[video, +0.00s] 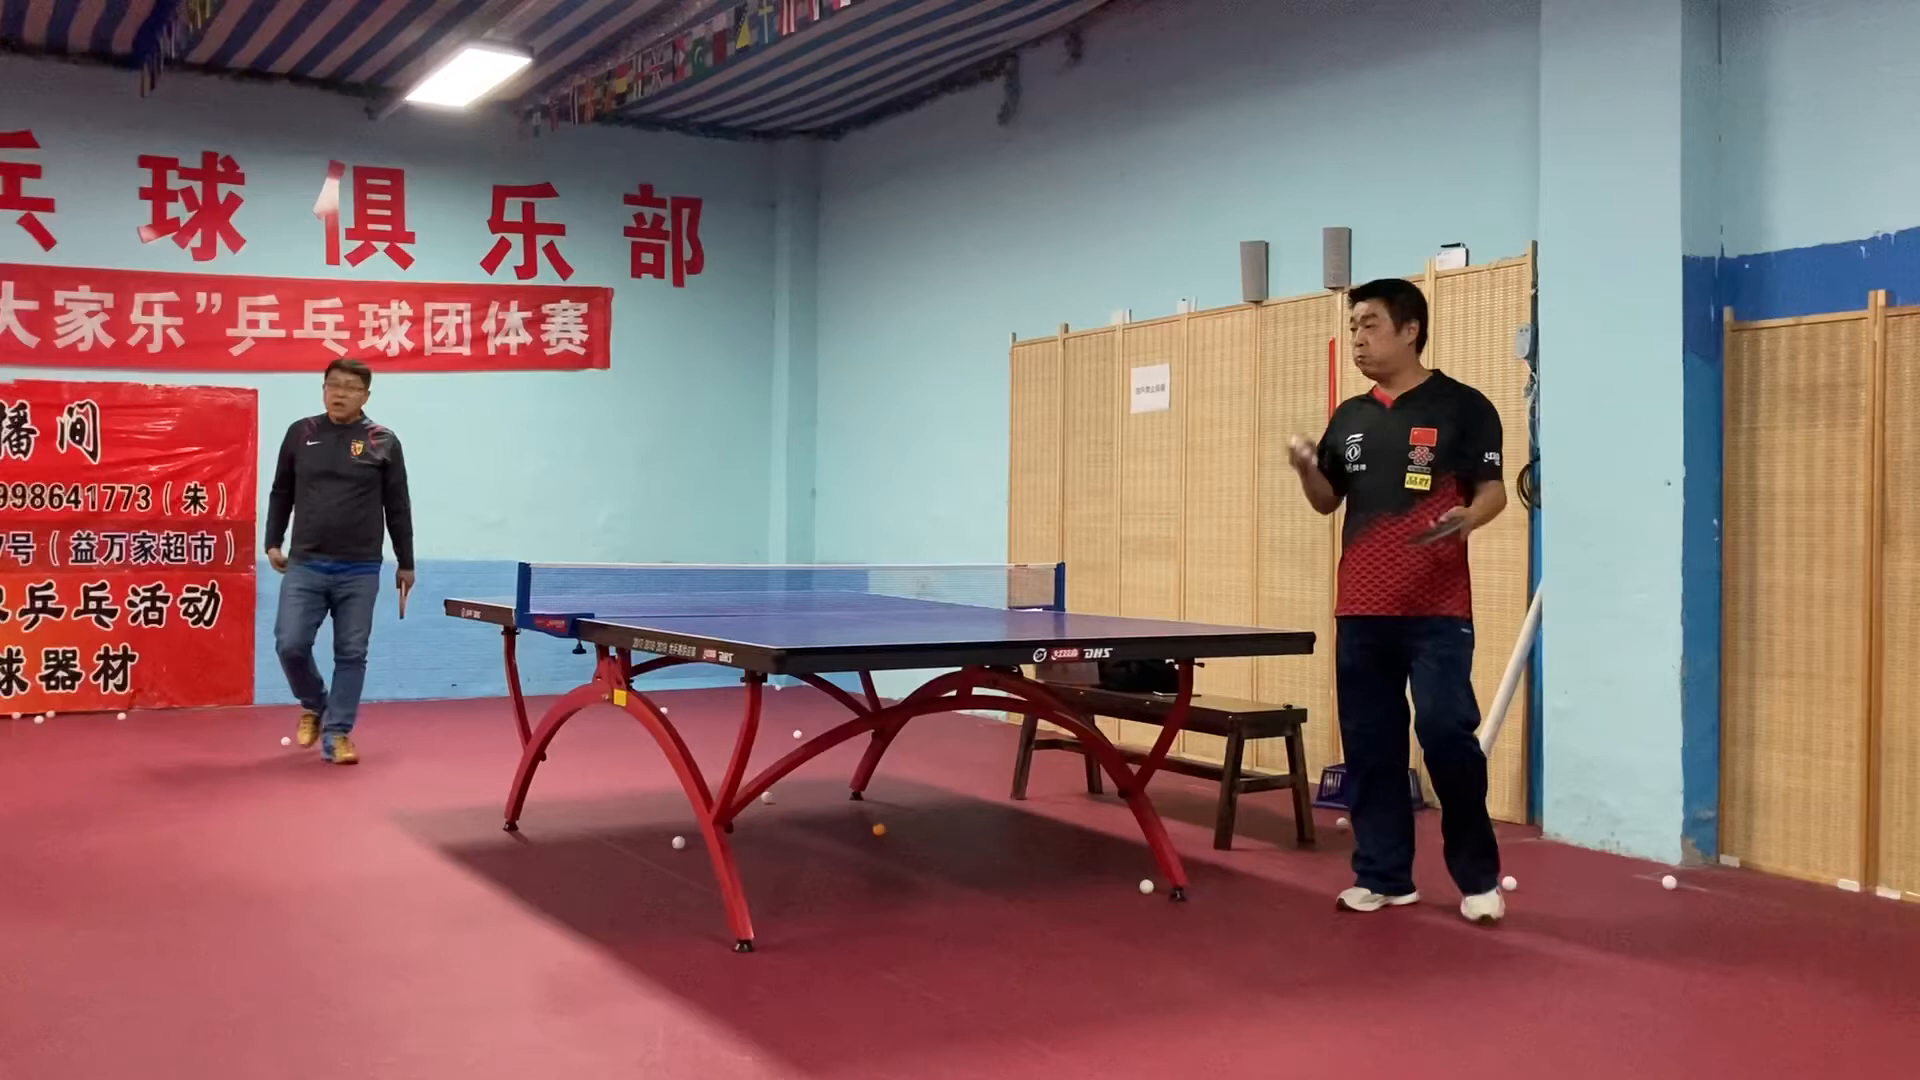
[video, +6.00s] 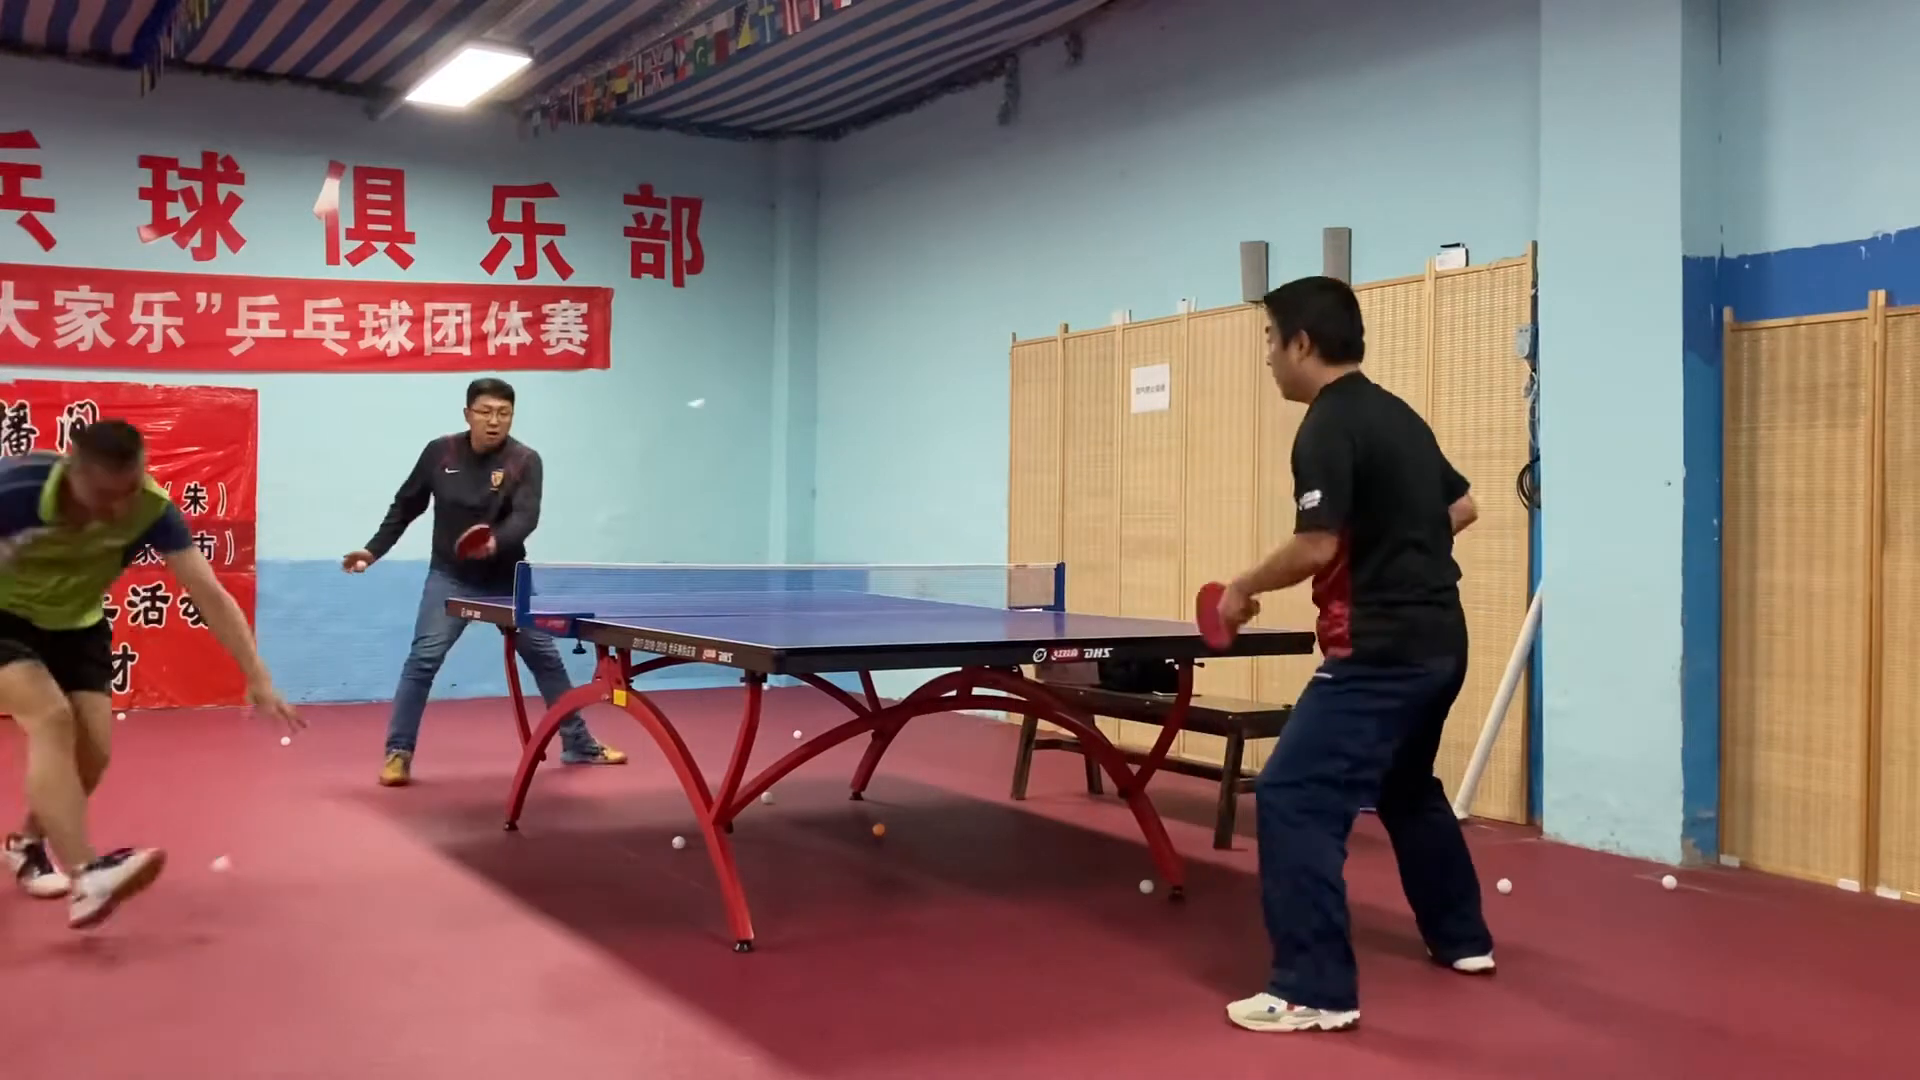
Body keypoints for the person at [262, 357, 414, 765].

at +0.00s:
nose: (339, 395)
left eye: (350, 389)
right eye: (333, 386)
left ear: (365, 395)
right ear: (324, 389)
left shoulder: (383, 442)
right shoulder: (301, 433)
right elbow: (282, 490)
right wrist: (273, 541)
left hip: (360, 569)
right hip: (305, 565)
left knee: (351, 652)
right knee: (290, 646)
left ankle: (339, 733)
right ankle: (314, 705)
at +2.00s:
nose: (510, 450)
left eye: (516, 442)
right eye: (500, 440)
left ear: (521, 445)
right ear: (474, 439)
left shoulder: (502, 481)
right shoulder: (433, 475)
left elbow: (497, 530)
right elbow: (392, 542)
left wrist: (493, 561)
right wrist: (451, 572)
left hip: (443, 583)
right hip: (396, 579)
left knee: (469, 661)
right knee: (402, 663)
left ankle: (469, 755)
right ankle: (393, 770)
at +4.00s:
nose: (558, 422)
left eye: (566, 415)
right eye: (548, 413)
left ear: (573, 419)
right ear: (527, 413)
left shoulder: (576, 465)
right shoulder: (485, 456)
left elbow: (598, 521)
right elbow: (446, 510)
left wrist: (620, 518)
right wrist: (460, 568)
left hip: (547, 587)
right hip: (484, 587)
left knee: (604, 650)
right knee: (443, 672)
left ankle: (610, 750)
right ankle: (404, 764)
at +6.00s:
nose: (495, 421)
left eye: (503, 414)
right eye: (486, 413)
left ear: (512, 418)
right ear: (468, 414)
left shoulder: (524, 460)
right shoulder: (439, 453)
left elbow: (524, 518)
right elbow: (405, 506)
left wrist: (493, 542)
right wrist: (371, 551)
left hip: (504, 578)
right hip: (450, 575)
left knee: (545, 656)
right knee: (424, 658)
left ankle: (578, 743)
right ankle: (399, 752)